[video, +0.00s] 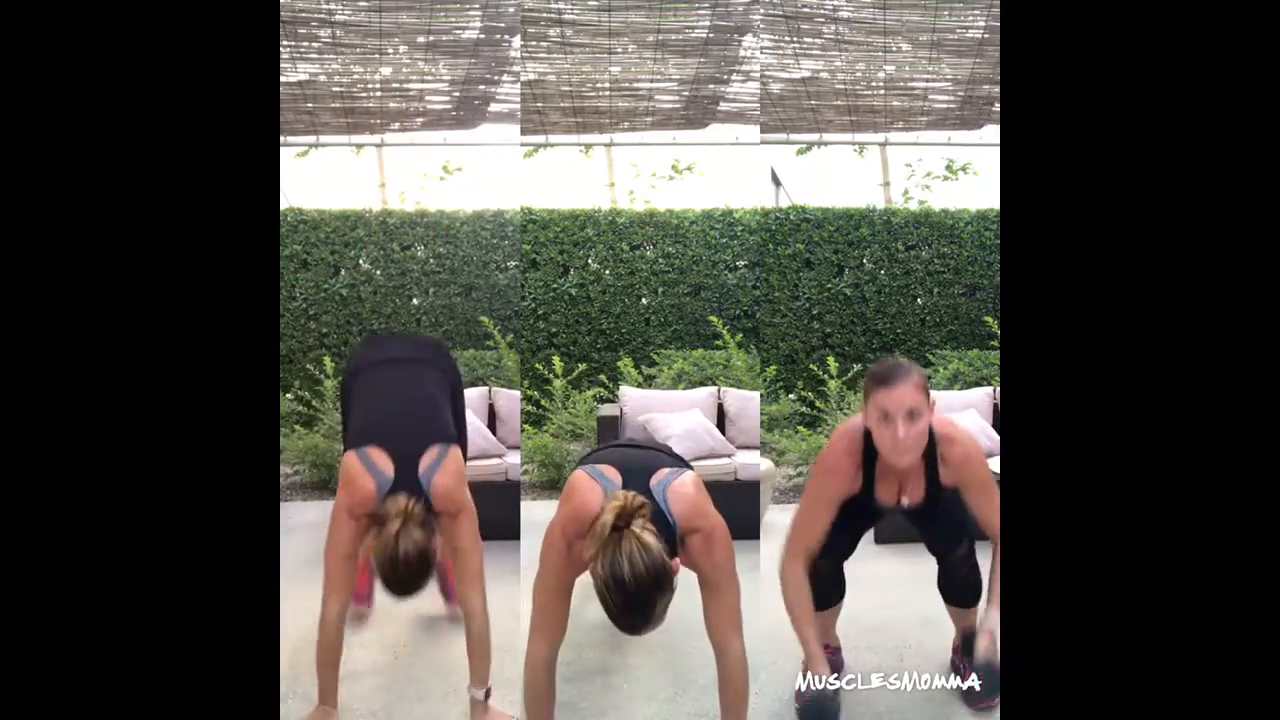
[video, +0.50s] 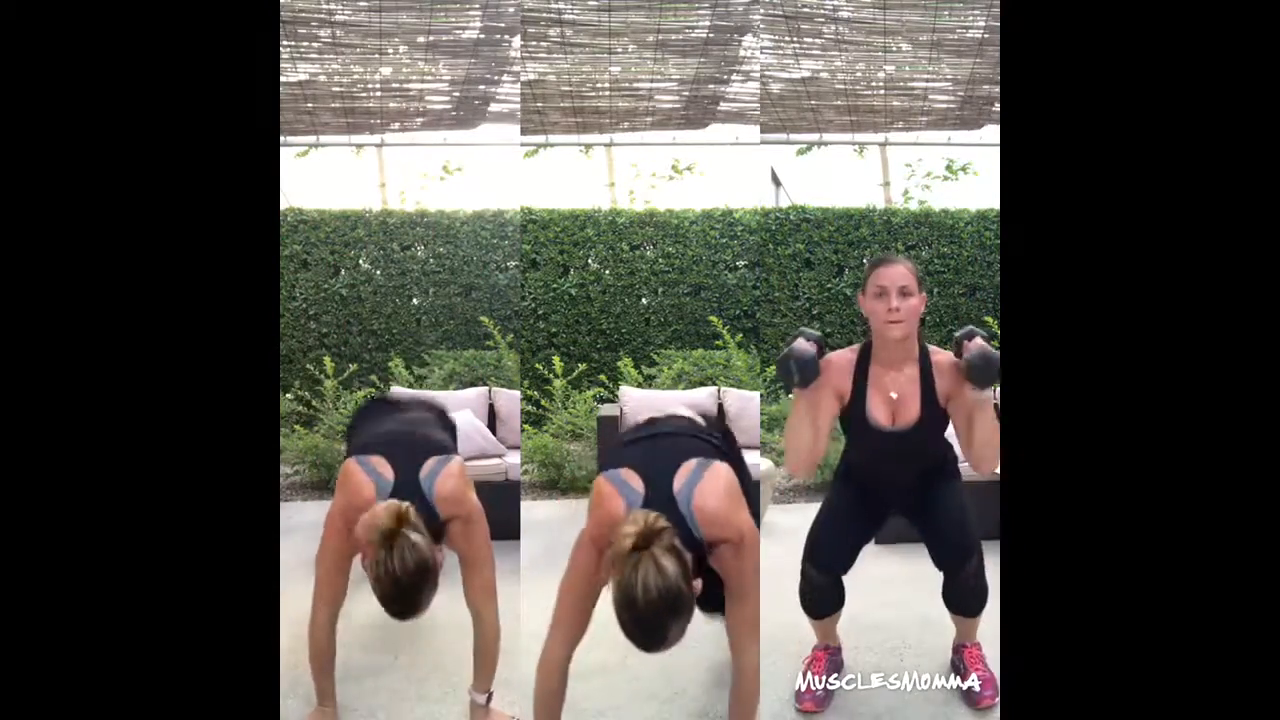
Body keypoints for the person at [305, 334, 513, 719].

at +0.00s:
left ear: (434, 537)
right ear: (374, 536)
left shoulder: (453, 494)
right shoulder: (354, 494)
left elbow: (472, 603)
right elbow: (335, 609)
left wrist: (480, 699)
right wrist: (326, 706)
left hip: (435, 360)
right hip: (366, 362)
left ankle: (449, 558)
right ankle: (361, 561)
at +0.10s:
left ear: (433, 553)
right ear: (365, 559)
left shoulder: (459, 506)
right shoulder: (349, 503)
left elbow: (484, 610)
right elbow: (321, 611)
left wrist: (481, 701)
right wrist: (325, 704)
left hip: (436, 395)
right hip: (364, 397)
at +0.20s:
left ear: (437, 553)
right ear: (366, 553)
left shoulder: (459, 499)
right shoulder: (350, 500)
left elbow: (485, 613)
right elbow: (322, 616)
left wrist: (481, 701)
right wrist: (325, 707)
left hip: (437, 428)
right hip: (367, 429)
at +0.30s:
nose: (412, 602)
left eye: (422, 594)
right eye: (401, 597)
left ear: (437, 547)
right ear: (370, 549)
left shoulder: (460, 499)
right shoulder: (352, 491)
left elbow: (485, 612)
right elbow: (322, 613)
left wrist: (481, 701)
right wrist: (326, 706)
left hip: (439, 453)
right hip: (372, 454)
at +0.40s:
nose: (414, 606)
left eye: (423, 598)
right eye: (401, 602)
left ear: (440, 553)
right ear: (367, 559)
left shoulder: (462, 506)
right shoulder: (348, 506)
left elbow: (488, 613)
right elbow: (319, 617)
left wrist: (482, 700)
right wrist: (325, 706)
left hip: (437, 454)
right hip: (370, 456)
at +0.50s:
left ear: (439, 552)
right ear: (366, 558)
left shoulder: (458, 500)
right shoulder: (352, 494)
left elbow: (485, 612)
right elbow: (323, 613)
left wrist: (481, 702)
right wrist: (325, 707)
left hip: (435, 419)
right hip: (369, 419)